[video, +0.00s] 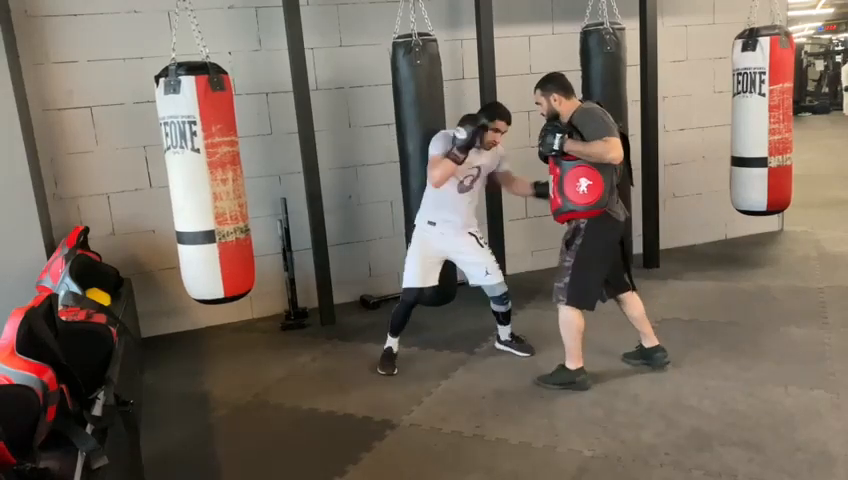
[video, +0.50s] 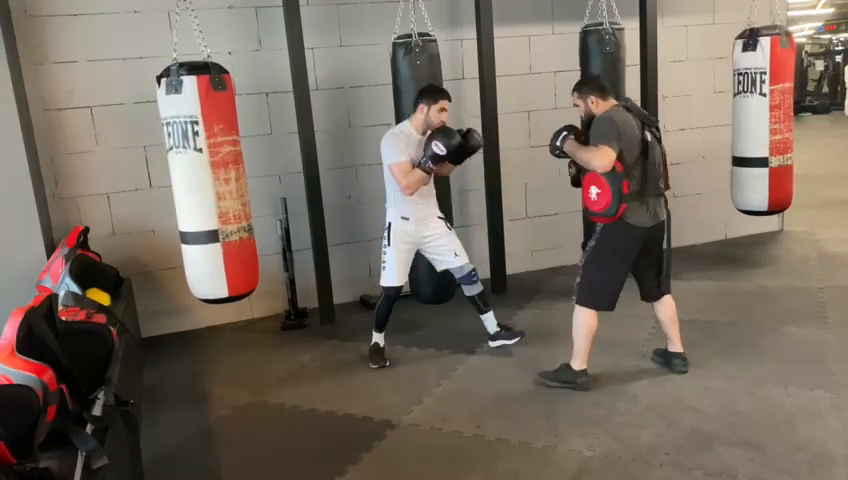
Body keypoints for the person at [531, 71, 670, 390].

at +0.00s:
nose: (540, 111)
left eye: (540, 103)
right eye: (538, 104)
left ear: (554, 98)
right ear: (560, 97)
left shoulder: (588, 114)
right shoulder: (576, 123)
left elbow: (614, 152)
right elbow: (582, 178)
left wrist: (566, 144)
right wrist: (537, 189)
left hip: (594, 220)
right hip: (605, 218)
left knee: (568, 293)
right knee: (619, 285)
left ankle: (573, 368)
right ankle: (652, 346)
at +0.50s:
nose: (580, 112)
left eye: (580, 106)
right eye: (577, 106)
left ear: (592, 100)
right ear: (605, 95)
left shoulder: (607, 120)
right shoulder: (635, 114)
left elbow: (601, 161)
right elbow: (633, 162)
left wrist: (569, 144)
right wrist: (586, 161)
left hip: (622, 223)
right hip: (654, 219)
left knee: (588, 294)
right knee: (658, 288)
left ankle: (577, 368)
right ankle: (676, 353)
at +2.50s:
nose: (576, 104)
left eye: (577, 97)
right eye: (575, 97)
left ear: (592, 94)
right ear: (605, 91)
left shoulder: (600, 119)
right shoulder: (636, 112)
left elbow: (601, 164)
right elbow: (661, 154)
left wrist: (572, 149)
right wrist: (621, 148)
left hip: (607, 225)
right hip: (642, 223)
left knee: (572, 290)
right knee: (655, 287)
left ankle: (573, 359)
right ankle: (680, 355)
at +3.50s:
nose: (607, 101)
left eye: (609, 93)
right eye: (606, 94)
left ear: (625, 89)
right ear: (634, 89)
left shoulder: (647, 111)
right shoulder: (662, 107)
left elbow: (660, 151)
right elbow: (660, 153)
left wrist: (612, 140)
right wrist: (615, 140)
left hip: (660, 214)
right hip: (682, 212)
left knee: (624, 286)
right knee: (685, 282)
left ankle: (624, 364)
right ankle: (700, 350)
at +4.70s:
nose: (605, 113)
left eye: (606, 106)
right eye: (604, 107)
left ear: (624, 104)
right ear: (635, 101)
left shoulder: (645, 128)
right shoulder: (665, 117)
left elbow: (640, 180)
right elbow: (670, 164)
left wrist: (596, 181)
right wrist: (621, 154)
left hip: (672, 226)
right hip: (697, 221)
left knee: (633, 295)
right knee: (688, 278)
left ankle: (625, 377)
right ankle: (727, 342)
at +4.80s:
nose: (602, 114)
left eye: (603, 107)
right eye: (600, 108)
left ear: (620, 104)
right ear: (632, 100)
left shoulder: (639, 127)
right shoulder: (662, 116)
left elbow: (638, 178)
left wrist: (592, 204)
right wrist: (615, 136)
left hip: (670, 224)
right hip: (697, 219)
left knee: (633, 297)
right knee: (685, 278)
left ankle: (625, 377)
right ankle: (717, 342)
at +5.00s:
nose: (625, 116)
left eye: (630, 108)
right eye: (623, 109)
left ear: (658, 104)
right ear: (663, 106)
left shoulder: (670, 141)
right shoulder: (691, 129)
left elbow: (665, 204)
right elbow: (661, 184)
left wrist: (604, 197)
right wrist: (626, 149)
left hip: (694, 263)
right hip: (723, 255)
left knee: (640, 348)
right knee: (705, 327)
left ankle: (639, 447)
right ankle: (741, 405)